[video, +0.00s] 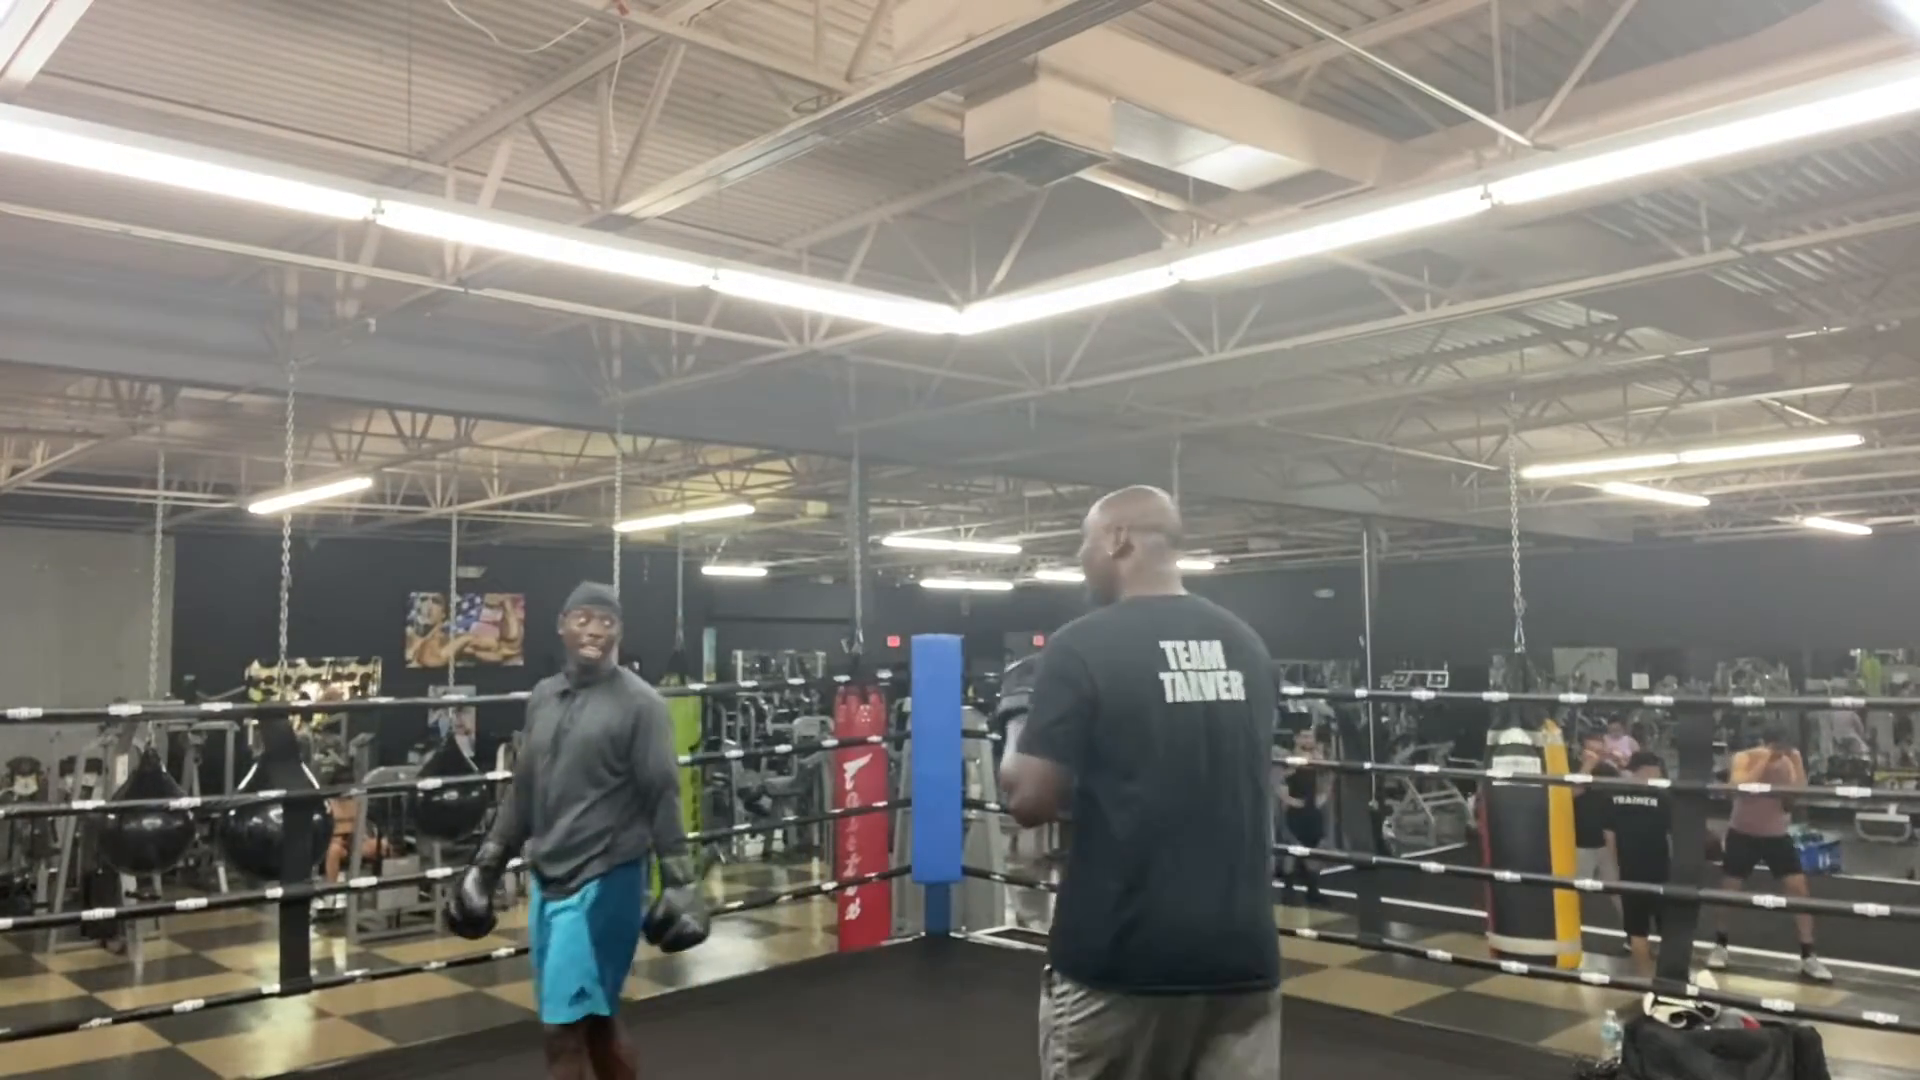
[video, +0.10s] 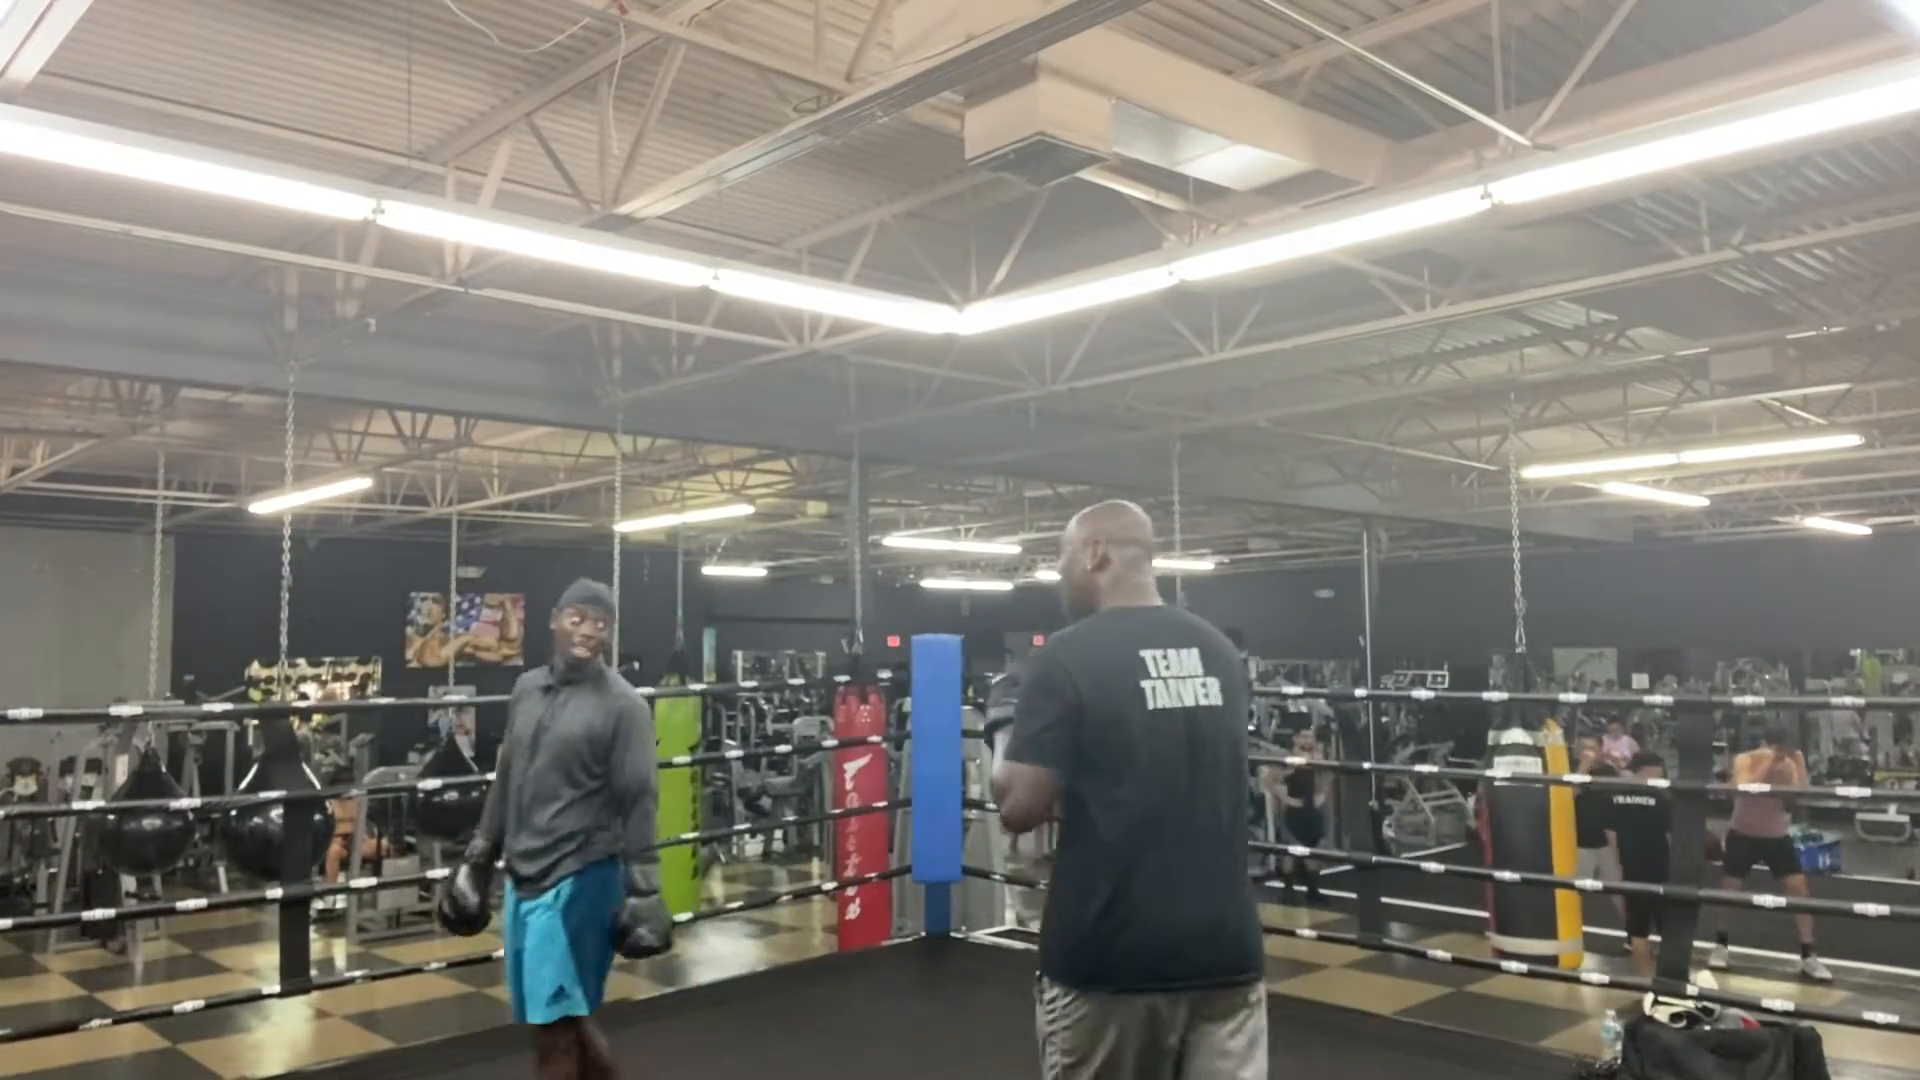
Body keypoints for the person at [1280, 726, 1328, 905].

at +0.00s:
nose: (1307, 751)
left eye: (1310, 747)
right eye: (1302, 747)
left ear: (1316, 746)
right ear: (1295, 746)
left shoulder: (1320, 763)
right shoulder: (1290, 763)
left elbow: (1327, 782)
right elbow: (1277, 782)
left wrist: (1321, 798)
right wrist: (1288, 799)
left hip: (1314, 805)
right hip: (1294, 807)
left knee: (1311, 849)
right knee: (1293, 847)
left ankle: (1313, 887)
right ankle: (1288, 886)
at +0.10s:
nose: (1306, 742)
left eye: (1309, 738)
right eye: (1302, 737)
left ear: (1314, 741)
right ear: (1294, 740)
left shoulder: (1318, 760)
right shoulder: (1288, 761)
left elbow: (1328, 776)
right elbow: (1271, 780)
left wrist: (1322, 795)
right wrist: (1286, 799)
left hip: (1313, 805)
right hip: (1293, 806)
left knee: (1312, 847)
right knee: (1291, 846)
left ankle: (1313, 887)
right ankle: (1288, 887)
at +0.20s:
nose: (1304, 745)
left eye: (1307, 741)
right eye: (1300, 741)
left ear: (1312, 743)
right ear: (1293, 741)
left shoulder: (1314, 760)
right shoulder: (1286, 761)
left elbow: (1326, 776)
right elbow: (1268, 779)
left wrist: (1319, 794)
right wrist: (1284, 799)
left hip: (1309, 806)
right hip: (1291, 807)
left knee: (1311, 848)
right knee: (1289, 848)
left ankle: (1312, 888)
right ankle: (1287, 887)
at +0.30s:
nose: (1304, 741)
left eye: (1307, 737)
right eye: (1301, 736)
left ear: (1310, 740)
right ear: (1292, 739)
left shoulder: (1312, 759)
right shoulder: (1284, 760)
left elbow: (1324, 778)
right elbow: (1268, 779)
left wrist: (1317, 795)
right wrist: (1283, 799)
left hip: (1308, 805)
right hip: (1290, 806)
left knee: (1310, 846)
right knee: (1289, 847)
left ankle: (1312, 887)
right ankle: (1287, 887)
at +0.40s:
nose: (1304, 741)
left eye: (1307, 737)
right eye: (1301, 737)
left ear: (1309, 740)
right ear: (1291, 739)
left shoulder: (1309, 759)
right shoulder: (1283, 759)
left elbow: (1318, 780)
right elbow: (1267, 779)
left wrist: (1314, 796)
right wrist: (1281, 799)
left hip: (1306, 805)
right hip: (1289, 805)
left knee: (1307, 847)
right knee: (1289, 847)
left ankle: (1312, 886)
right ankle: (1287, 886)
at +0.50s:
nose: (1304, 741)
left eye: (1306, 737)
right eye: (1300, 736)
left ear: (1308, 740)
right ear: (1290, 739)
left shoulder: (1307, 759)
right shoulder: (1282, 759)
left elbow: (1316, 779)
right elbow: (1266, 780)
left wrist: (1312, 796)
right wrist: (1280, 799)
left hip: (1304, 804)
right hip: (1288, 804)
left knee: (1306, 846)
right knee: (1288, 846)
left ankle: (1311, 886)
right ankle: (1287, 886)